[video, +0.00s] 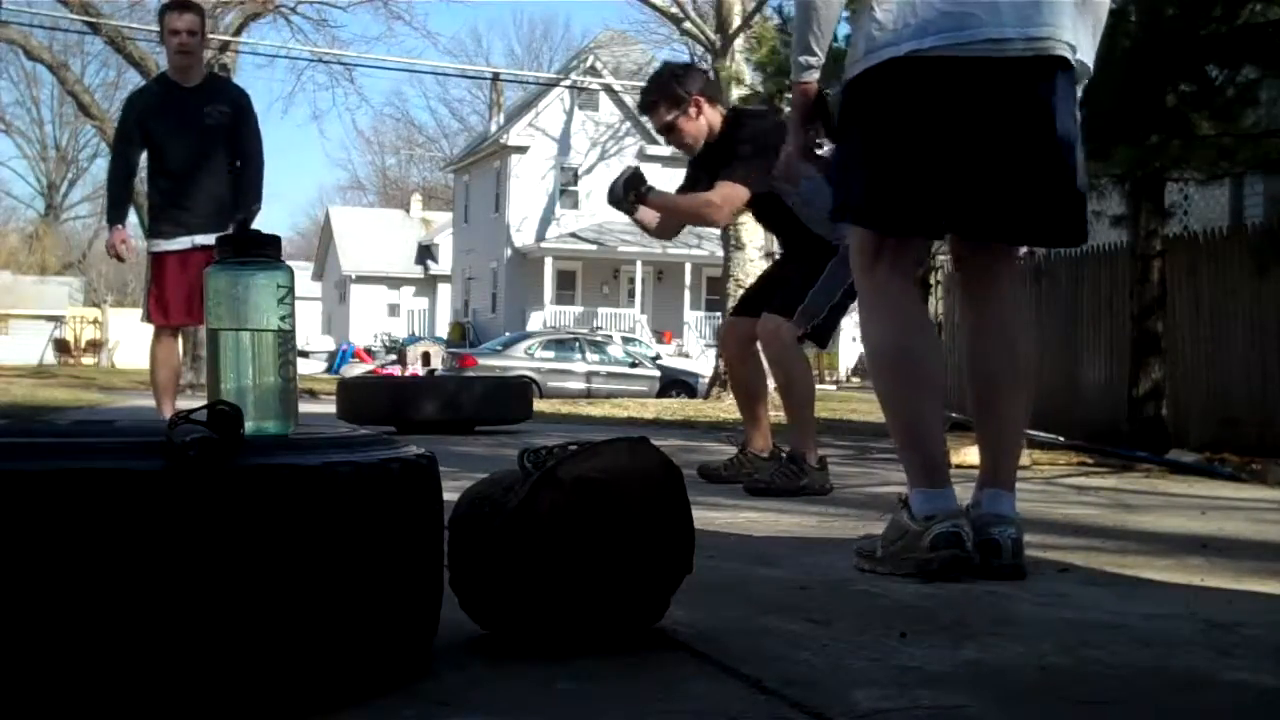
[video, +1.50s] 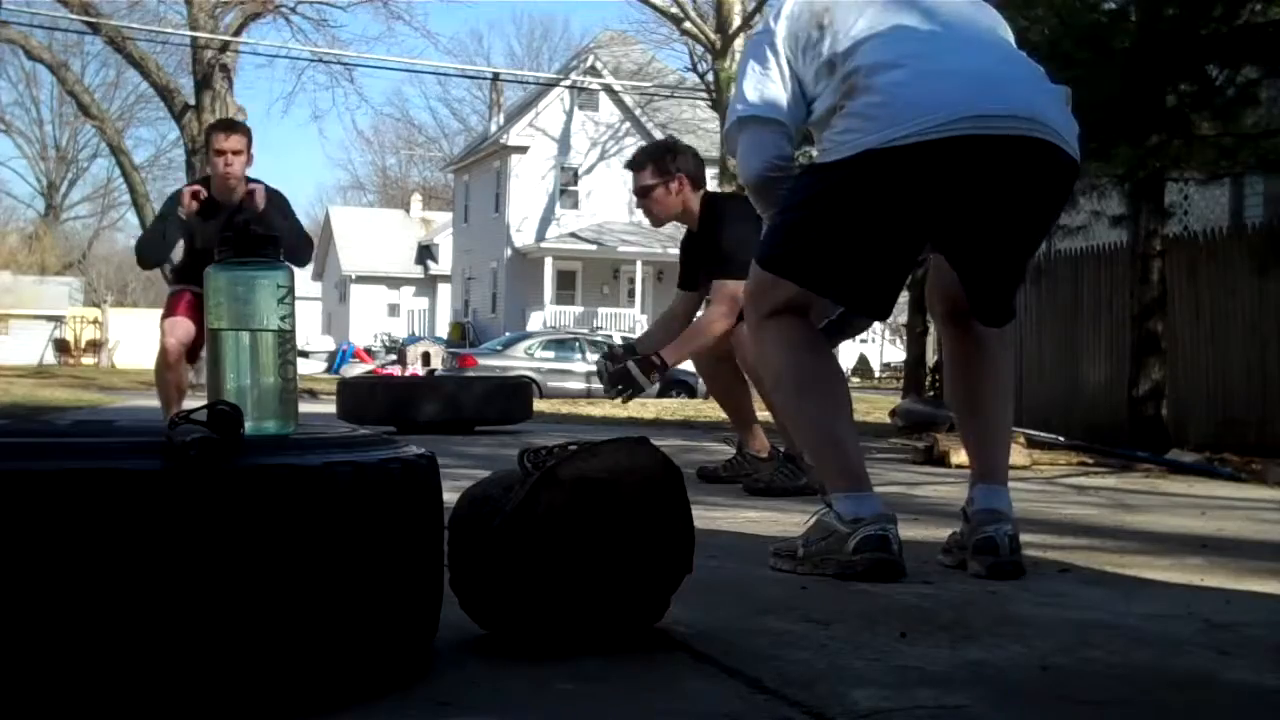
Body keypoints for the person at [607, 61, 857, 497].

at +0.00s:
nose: (671, 140)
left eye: (670, 128)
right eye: (663, 134)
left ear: (699, 105)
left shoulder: (758, 129)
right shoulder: (707, 159)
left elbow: (719, 210)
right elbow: (665, 227)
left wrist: (645, 194)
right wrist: (632, 205)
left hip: (840, 242)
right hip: (801, 251)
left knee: (776, 329)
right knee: (735, 335)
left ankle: (807, 460)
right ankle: (759, 452)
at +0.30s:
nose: (662, 238)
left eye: (658, 226)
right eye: (654, 231)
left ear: (676, 199)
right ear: (678, 197)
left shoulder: (741, 202)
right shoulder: (701, 221)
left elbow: (712, 281)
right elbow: (659, 296)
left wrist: (648, 256)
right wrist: (627, 269)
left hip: (842, 284)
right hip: (799, 289)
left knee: (765, 336)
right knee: (720, 339)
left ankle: (807, 460)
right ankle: (758, 451)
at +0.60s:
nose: (667, 271)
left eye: (662, 261)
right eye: (659, 267)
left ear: (676, 232)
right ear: (676, 230)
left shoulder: (740, 226)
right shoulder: (699, 249)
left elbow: (720, 311)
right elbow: (666, 323)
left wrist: (655, 291)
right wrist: (637, 299)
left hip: (835, 308)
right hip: (795, 314)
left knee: (762, 334)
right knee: (716, 341)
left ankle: (807, 462)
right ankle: (757, 451)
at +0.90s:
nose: (667, 266)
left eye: (664, 255)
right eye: (658, 260)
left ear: (681, 225)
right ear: (682, 224)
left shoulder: (737, 224)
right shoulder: (694, 249)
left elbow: (720, 309)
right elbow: (667, 320)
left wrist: (657, 283)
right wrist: (635, 296)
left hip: (858, 305)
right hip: (809, 308)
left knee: (767, 338)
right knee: (716, 342)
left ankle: (805, 458)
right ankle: (757, 449)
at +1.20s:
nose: (669, 283)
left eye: (665, 271)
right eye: (661, 278)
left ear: (681, 242)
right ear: (682, 240)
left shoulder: (734, 240)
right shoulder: (701, 265)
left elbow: (712, 318)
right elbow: (661, 328)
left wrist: (647, 305)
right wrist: (628, 309)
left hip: (849, 312)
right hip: (808, 312)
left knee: (771, 344)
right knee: (714, 345)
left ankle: (806, 459)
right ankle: (757, 449)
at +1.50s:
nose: (638, 203)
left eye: (644, 193)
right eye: (636, 195)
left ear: (678, 185)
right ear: (676, 187)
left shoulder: (732, 217)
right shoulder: (694, 239)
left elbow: (723, 314)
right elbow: (680, 312)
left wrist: (657, 364)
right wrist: (633, 352)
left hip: (831, 305)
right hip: (782, 313)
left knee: (749, 340)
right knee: (706, 344)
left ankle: (801, 458)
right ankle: (756, 451)